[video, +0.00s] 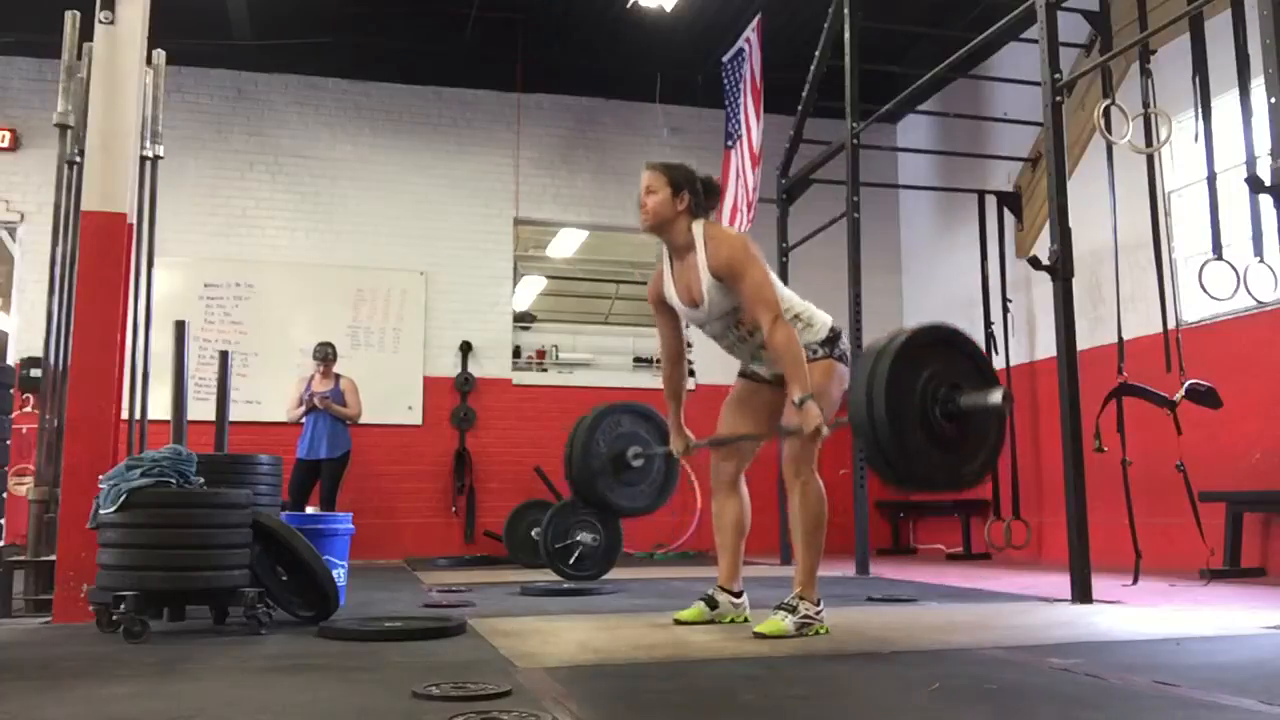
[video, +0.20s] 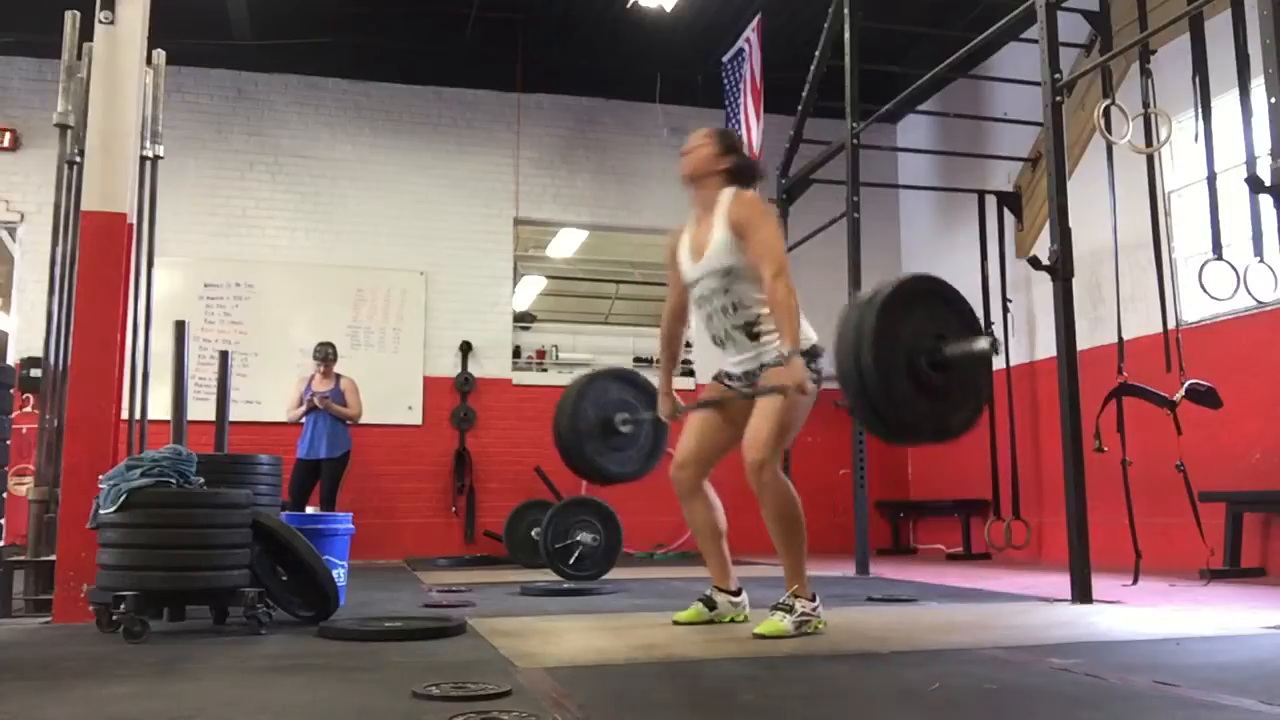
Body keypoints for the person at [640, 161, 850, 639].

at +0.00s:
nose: (641, 203)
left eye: (651, 193)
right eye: (641, 194)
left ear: (681, 200)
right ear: (664, 204)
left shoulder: (726, 247)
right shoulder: (661, 285)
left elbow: (774, 323)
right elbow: (672, 358)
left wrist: (802, 398)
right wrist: (676, 423)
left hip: (814, 347)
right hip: (761, 361)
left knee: (796, 466)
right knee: (724, 468)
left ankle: (806, 601)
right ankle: (728, 594)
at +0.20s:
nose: (683, 151)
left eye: (695, 144)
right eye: (685, 145)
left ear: (723, 159)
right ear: (697, 163)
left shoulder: (746, 206)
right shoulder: (683, 238)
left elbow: (777, 278)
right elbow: (675, 315)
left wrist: (791, 354)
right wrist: (665, 385)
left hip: (783, 360)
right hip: (732, 372)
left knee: (760, 461)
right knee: (685, 471)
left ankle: (801, 599)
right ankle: (726, 594)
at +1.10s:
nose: (718, 194)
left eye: (730, 187)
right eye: (718, 187)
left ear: (761, 202)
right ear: (720, 203)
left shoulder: (772, 256)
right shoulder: (695, 273)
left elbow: (733, 259)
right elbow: (634, 302)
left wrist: (769, 211)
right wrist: (651, 256)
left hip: (785, 395)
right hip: (731, 411)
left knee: (763, 473)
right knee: (641, 482)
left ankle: (826, 605)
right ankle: (683, 595)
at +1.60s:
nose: (732, 128)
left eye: (745, 122)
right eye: (732, 121)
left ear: (766, 146)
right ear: (724, 137)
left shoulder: (770, 188)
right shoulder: (691, 202)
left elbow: (738, 185)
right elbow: (628, 234)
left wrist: (769, 131)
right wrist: (651, 184)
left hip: (755, 339)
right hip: (704, 348)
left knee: (756, 455)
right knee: (681, 469)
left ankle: (809, 593)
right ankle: (685, 591)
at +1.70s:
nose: (733, 130)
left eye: (746, 124)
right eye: (732, 123)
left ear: (767, 147)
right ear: (724, 138)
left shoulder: (774, 190)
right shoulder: (696, 205)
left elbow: (740, 185)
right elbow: (633, 240)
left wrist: (773, 133)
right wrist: (652, 188)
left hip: (756, 345)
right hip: (706, 351)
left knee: (749, 467)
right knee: (681, 469)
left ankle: (799, 599)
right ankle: (685, 592)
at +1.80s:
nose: (730, 132)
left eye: (742, 126)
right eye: (731, 125)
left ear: (767, 149)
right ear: (728, 141)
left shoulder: (774, 196)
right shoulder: (699, 210)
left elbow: (738, 189)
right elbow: (635, 239)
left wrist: (778, 145)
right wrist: (656, 193)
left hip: (763, 345)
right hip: (711, 354)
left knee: (751, 466)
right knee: (682, 469)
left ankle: (799, 600)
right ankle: (684, 593)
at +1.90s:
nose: (729, 136)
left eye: (741, 130)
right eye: (729, 129)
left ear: (768, 150)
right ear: (728, 145)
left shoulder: (783, 203)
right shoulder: (702, 214)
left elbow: (743, 203)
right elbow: (640, 247)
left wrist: (775, 154)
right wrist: (657, 199)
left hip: (768, 348)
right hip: (716, 356)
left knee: (752, 467)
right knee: (682, 468)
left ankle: (799, 600)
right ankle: (685, 593)